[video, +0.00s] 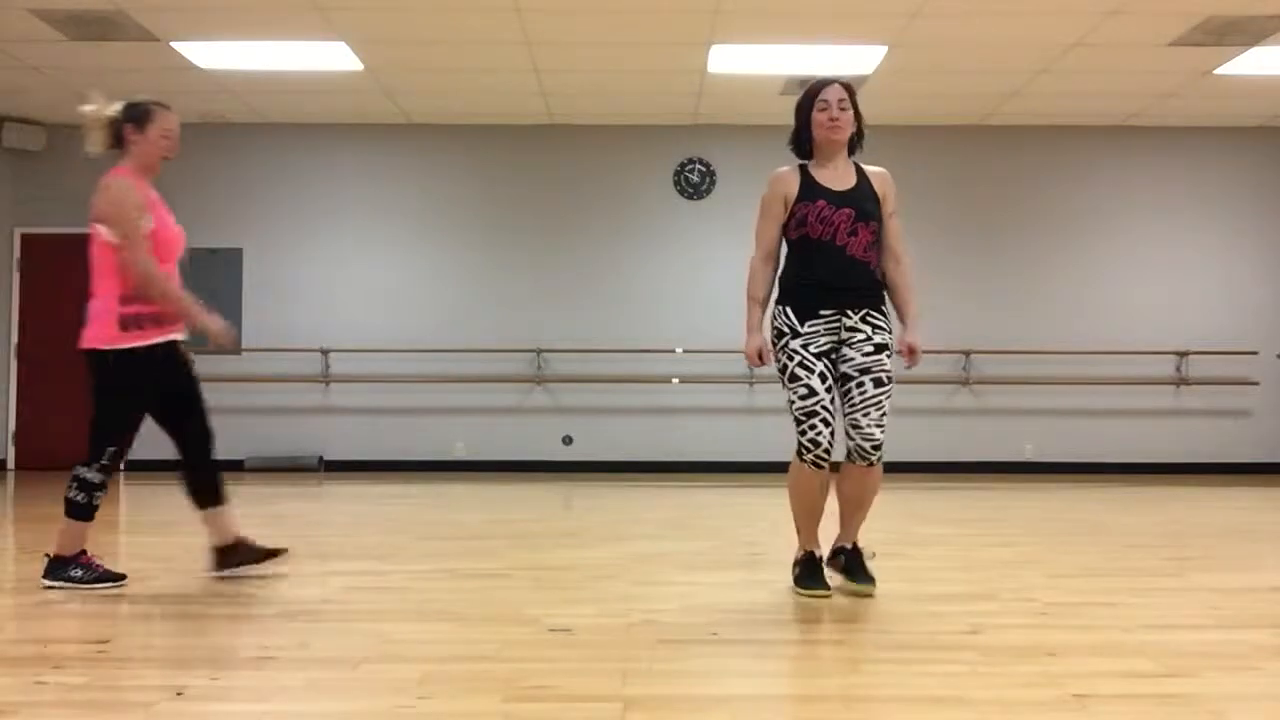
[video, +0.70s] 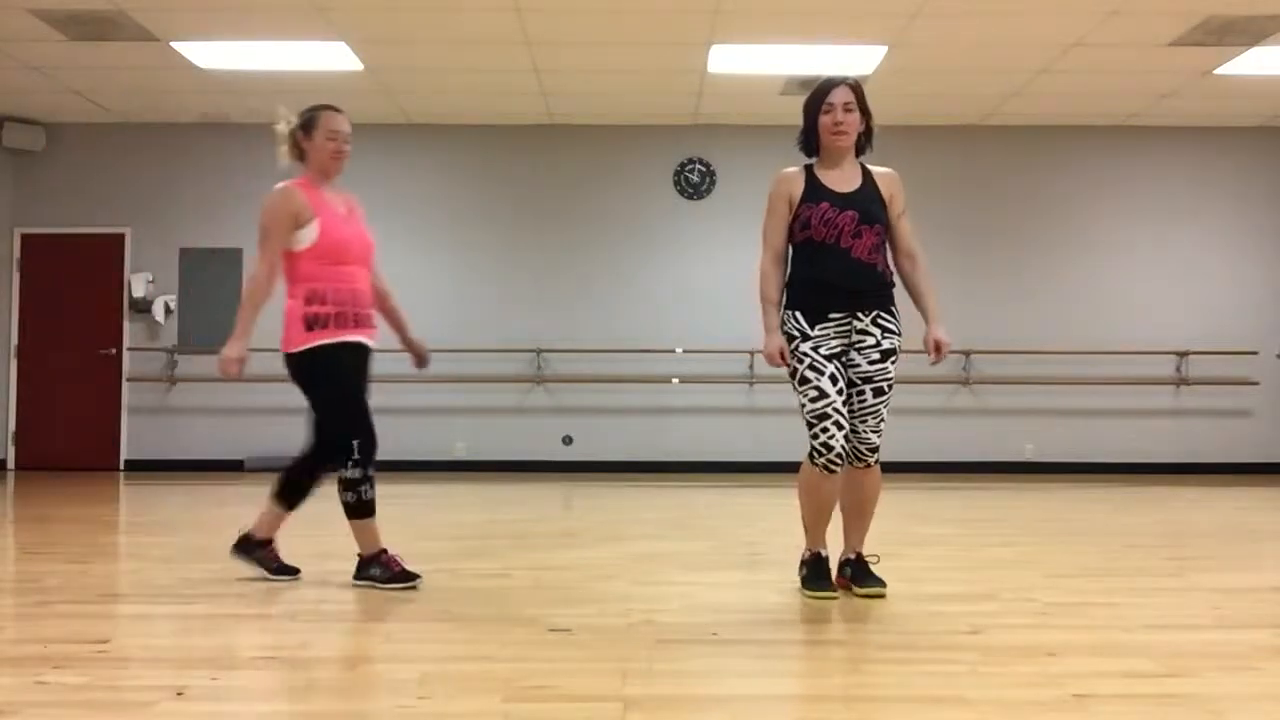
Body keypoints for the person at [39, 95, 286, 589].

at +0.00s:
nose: (173, 145)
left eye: (175, 137)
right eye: (165, 136)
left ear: (150, 139)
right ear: (133, 135)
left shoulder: (145, 190)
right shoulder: (121, 189)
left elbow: (154, 273)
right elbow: (141, 272)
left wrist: (185, 324)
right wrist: (200, 315)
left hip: (157, 343)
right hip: (122, 347)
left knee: (195, 436)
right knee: (106, 452)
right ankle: (66, 555)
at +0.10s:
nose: (200, 153)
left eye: (203, 145)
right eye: (193, 143)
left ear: (176, 144)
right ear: (161, 141)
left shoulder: (174, 195)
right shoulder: (150, 195)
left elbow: (188, 274)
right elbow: (175, 277)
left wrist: (222, 319)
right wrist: (239, 319)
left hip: (195, 348)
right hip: (164, 352)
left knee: (230, 439)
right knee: (142, 455)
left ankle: (243, 551)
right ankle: (73, 548)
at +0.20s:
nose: (229, 153)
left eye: (232, 144)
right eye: (222, 142)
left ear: (226, 146)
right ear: (189, 141)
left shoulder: (205, 194)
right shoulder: (182, 195)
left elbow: (207, 274)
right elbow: (197, 273)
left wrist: (239, 327)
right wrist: (251, 325)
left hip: (229, 345)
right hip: (199, 351)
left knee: (251, 443)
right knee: (214, 456)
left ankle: (245, 551)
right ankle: (118, 521)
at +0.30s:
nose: (256, 149)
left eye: (260, 142)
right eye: (248, 139)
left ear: (256, 145)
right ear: (218, 138)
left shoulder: (236, 196)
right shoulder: (204, 193)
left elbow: (247, 273)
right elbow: (215, 275)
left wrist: (266, 334)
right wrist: (248, 339)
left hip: (256, 337)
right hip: (226, 341)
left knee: (265, 444)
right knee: (271, 442)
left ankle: (245, 551)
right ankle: (186, 507)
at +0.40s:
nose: (282, 147)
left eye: (285, 139)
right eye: (273, 138)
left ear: (285, 143)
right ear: (243, 138)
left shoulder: (272, 197)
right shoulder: (226, 191)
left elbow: (275, 273)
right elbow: (219, 268)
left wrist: (292, 336)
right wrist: (235, 339)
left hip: (281, 337)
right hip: (254, 340)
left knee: (270, 439)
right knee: (315, 422)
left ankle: (250, 546)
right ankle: (253, 516)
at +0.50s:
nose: (304, 149)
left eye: (308, 141)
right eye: (294, 139)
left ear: (311, 145)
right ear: (265, 140)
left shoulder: (304, 202)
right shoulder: (246, 194)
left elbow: (320, 275)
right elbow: (227, 267)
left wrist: (341, 337)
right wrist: (225, 337)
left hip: (302, 340)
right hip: (268, 341)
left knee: (278, 445)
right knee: (338, 427)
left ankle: (245, 550)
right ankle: (323, 538)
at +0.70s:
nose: (343, 148)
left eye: (348, 140)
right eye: (333, 138)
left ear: (350, 147)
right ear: (304, 142)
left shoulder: (348, 203)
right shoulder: (286, 197)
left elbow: (371, 277)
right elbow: (264, 272)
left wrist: (407, 336)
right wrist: (238, 339)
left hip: (354, 342)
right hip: (314, 342)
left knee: (327, 447)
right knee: (358, 442)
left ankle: (258, 537)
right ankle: (371, 555)